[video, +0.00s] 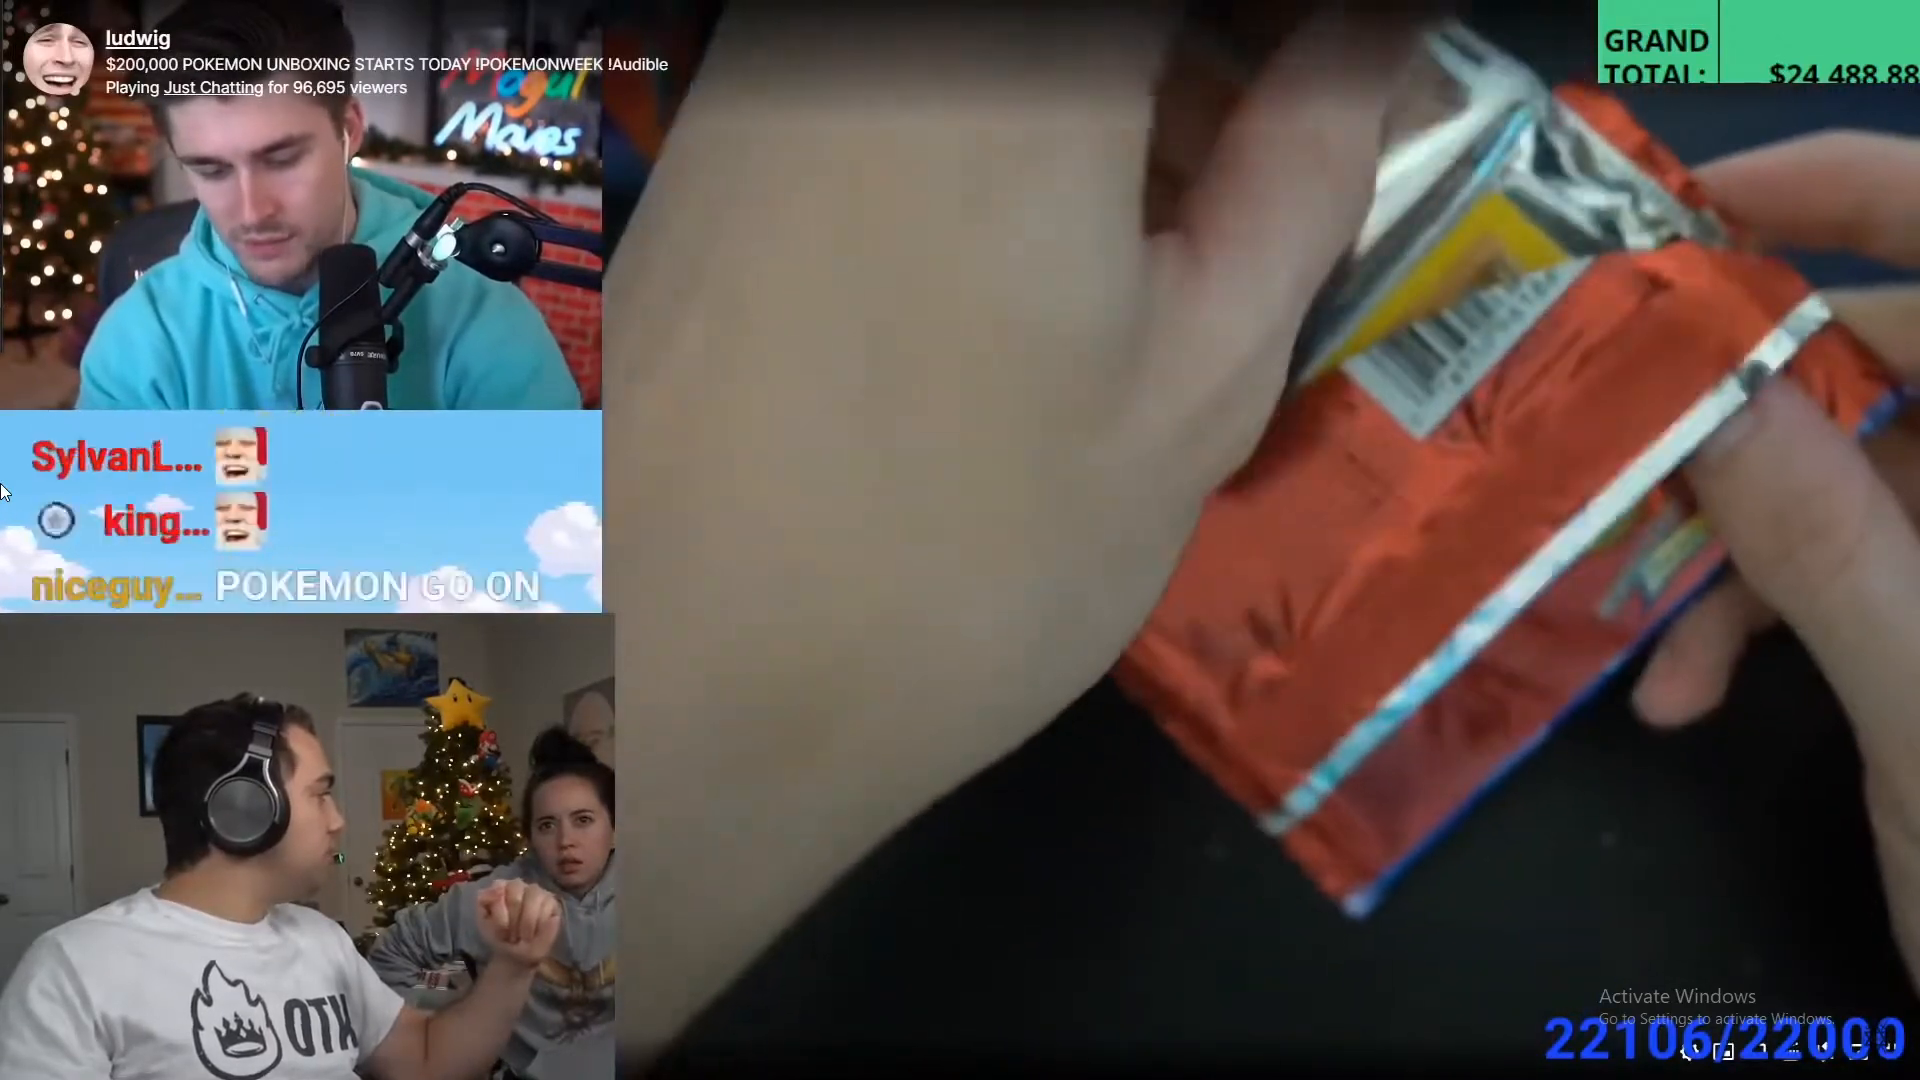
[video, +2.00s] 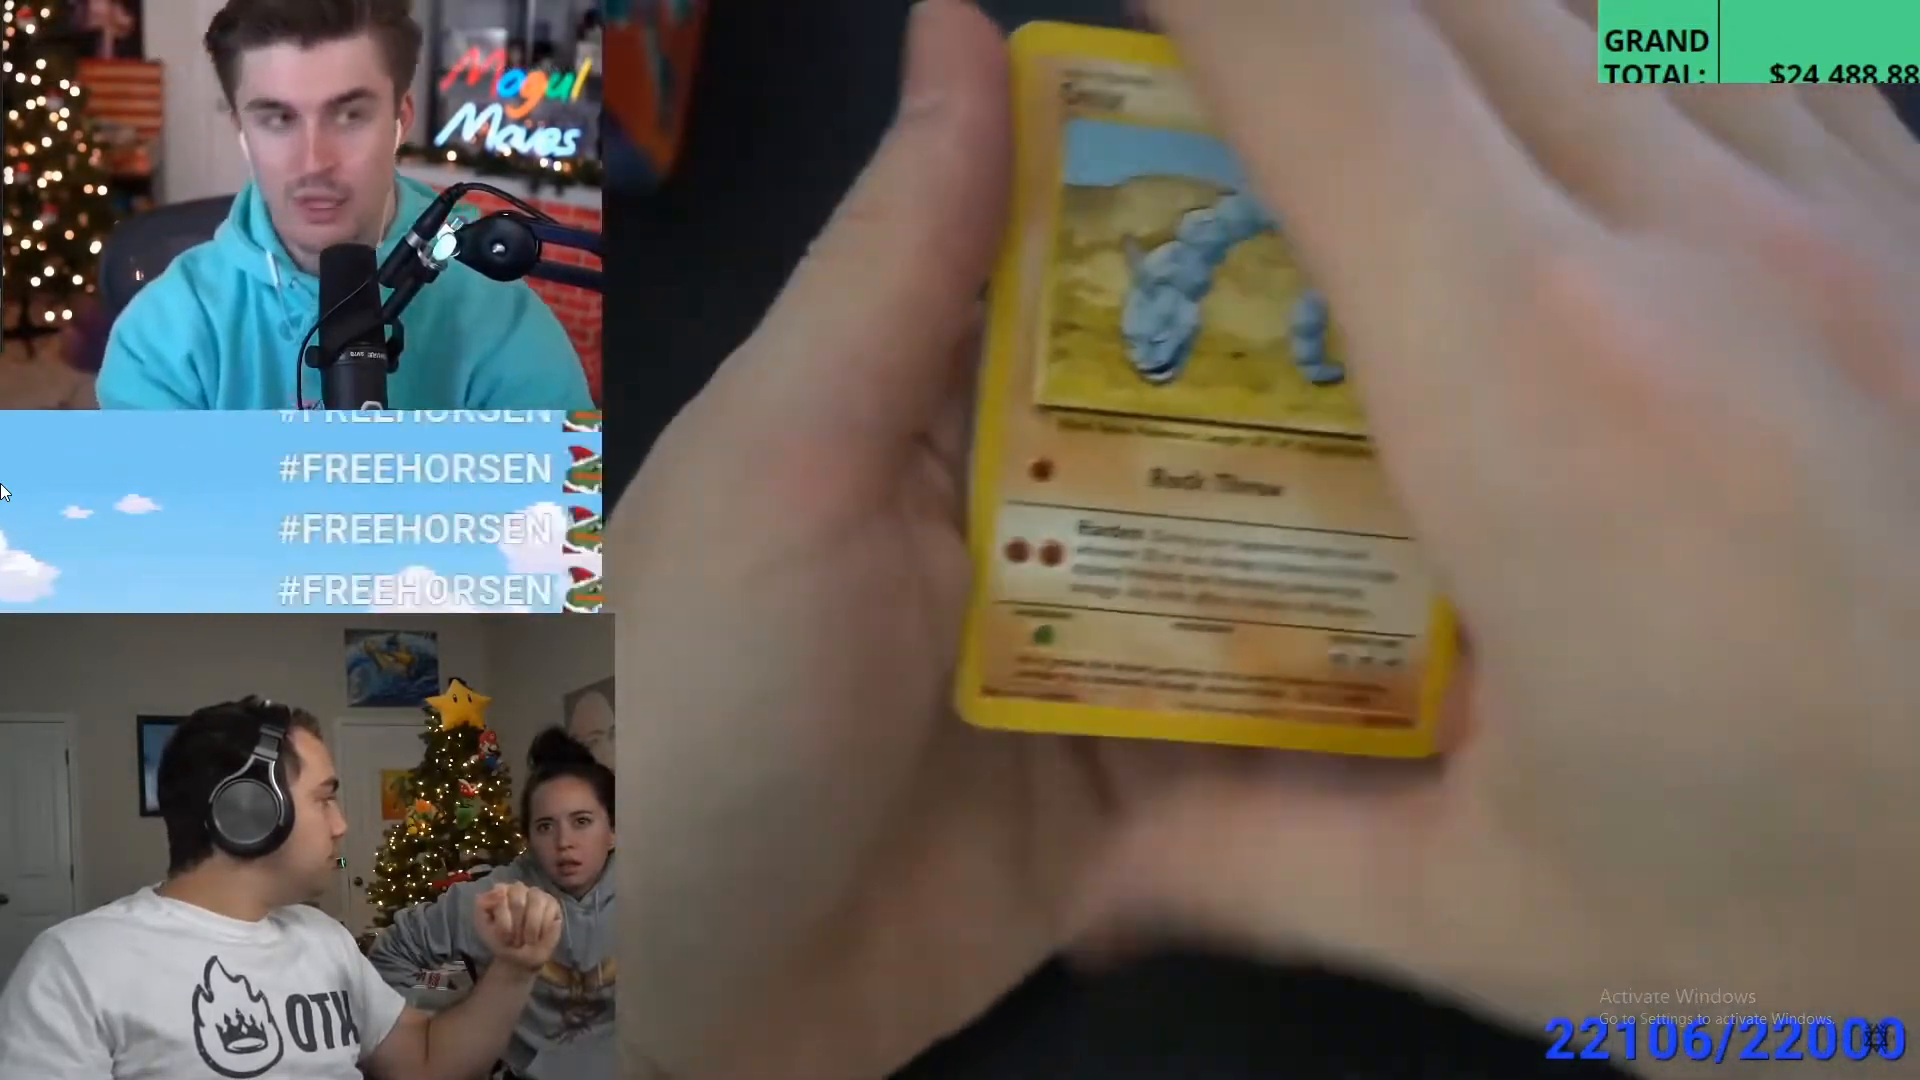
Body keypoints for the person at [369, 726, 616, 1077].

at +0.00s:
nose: (566, 841)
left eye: (583, 821)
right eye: (547, 825)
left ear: (614, 828)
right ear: (530, 837)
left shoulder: (643, 891)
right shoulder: (492, 899)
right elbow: (391, 953)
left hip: (626, 1067)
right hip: (536, 1072)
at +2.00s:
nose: (564, 842)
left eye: (582, 822)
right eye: (546, 826)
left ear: (612, 831)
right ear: (528, 838)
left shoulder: (644, 891)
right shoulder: (491, 898)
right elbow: (389, 956)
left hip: (629, 1068)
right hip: (537, 1073)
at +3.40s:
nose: (556, 829)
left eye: (575, 811)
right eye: (539, 814)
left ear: (608, 827)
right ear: (523, 833)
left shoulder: (640, 888)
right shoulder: (483, 899)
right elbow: (386, 956)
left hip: (626, 1067)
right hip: (534, 1071)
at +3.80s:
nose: (550, 834)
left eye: (570, 815)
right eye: (533, 819)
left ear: (605, 830)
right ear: (518, 835)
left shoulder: (636, 892)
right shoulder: (476, 903)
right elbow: (383, 955)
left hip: (622, 1068)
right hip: (530, 1072)